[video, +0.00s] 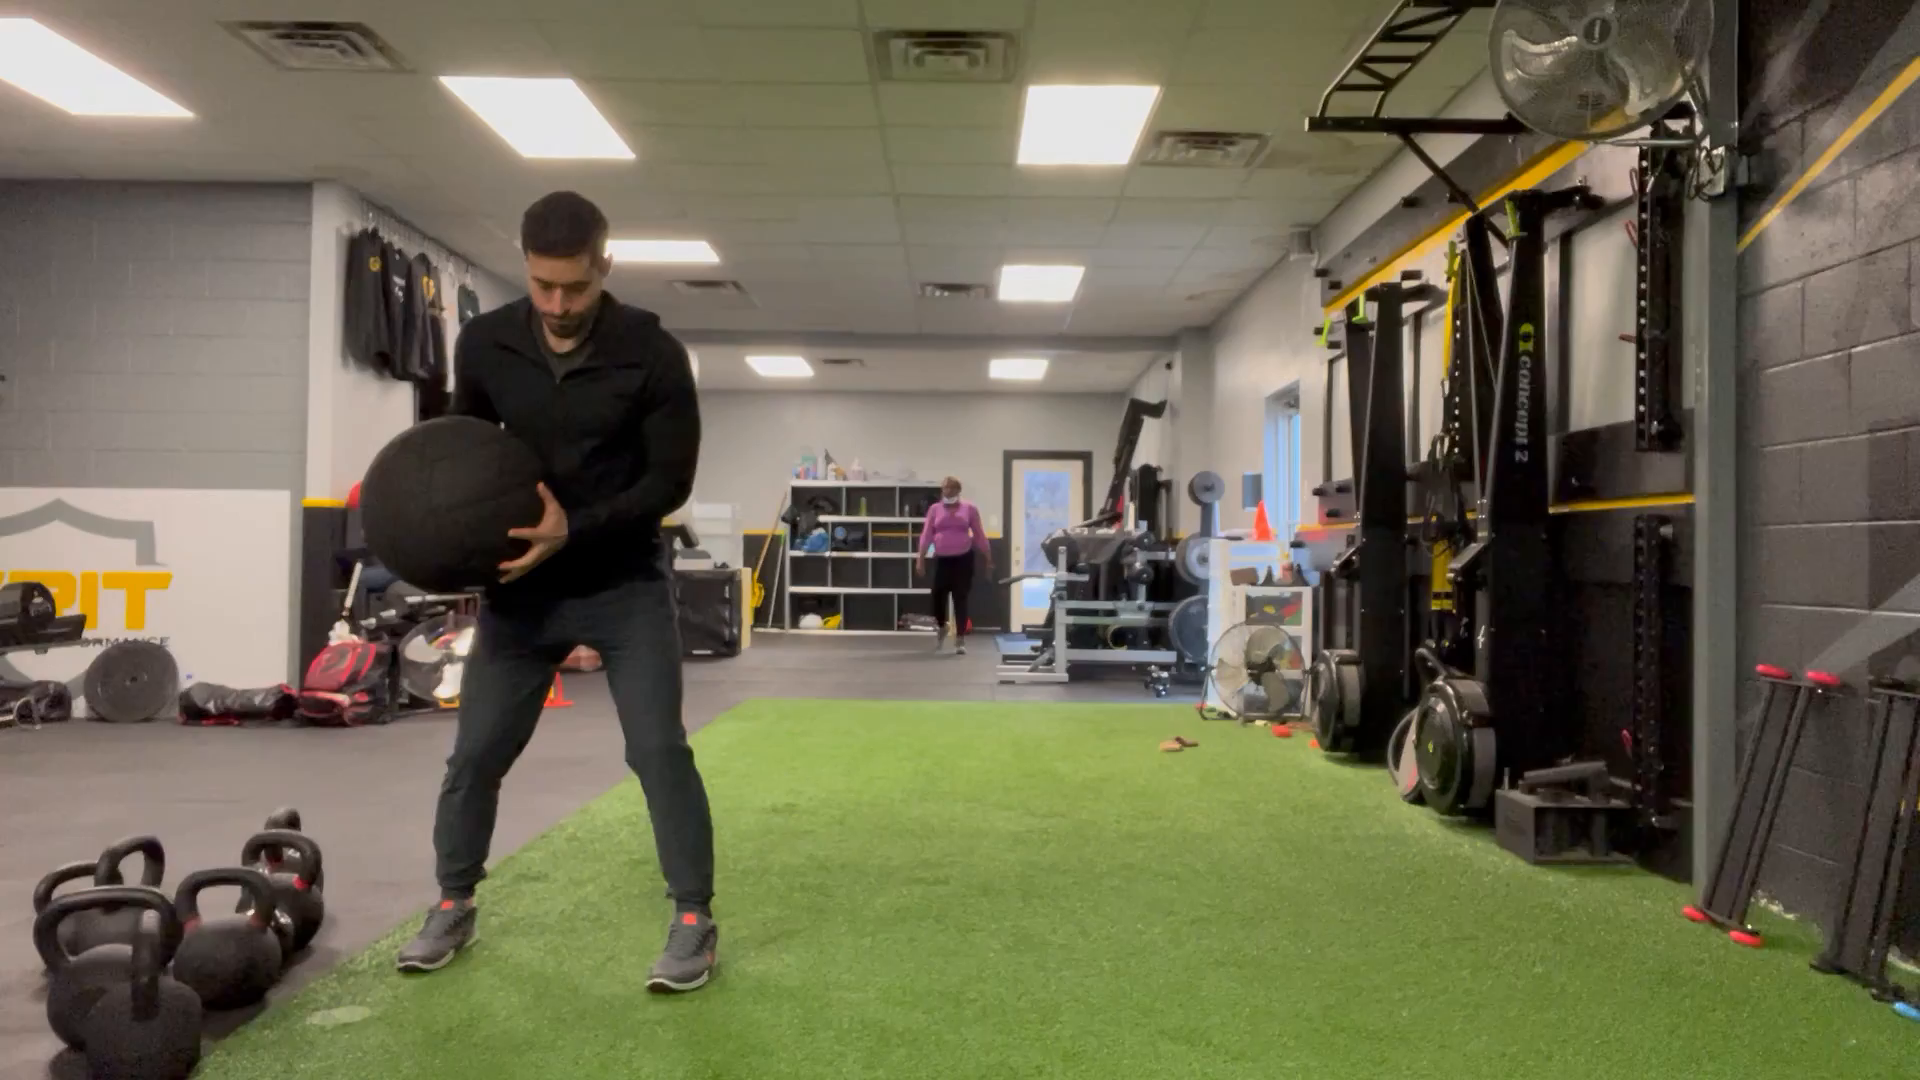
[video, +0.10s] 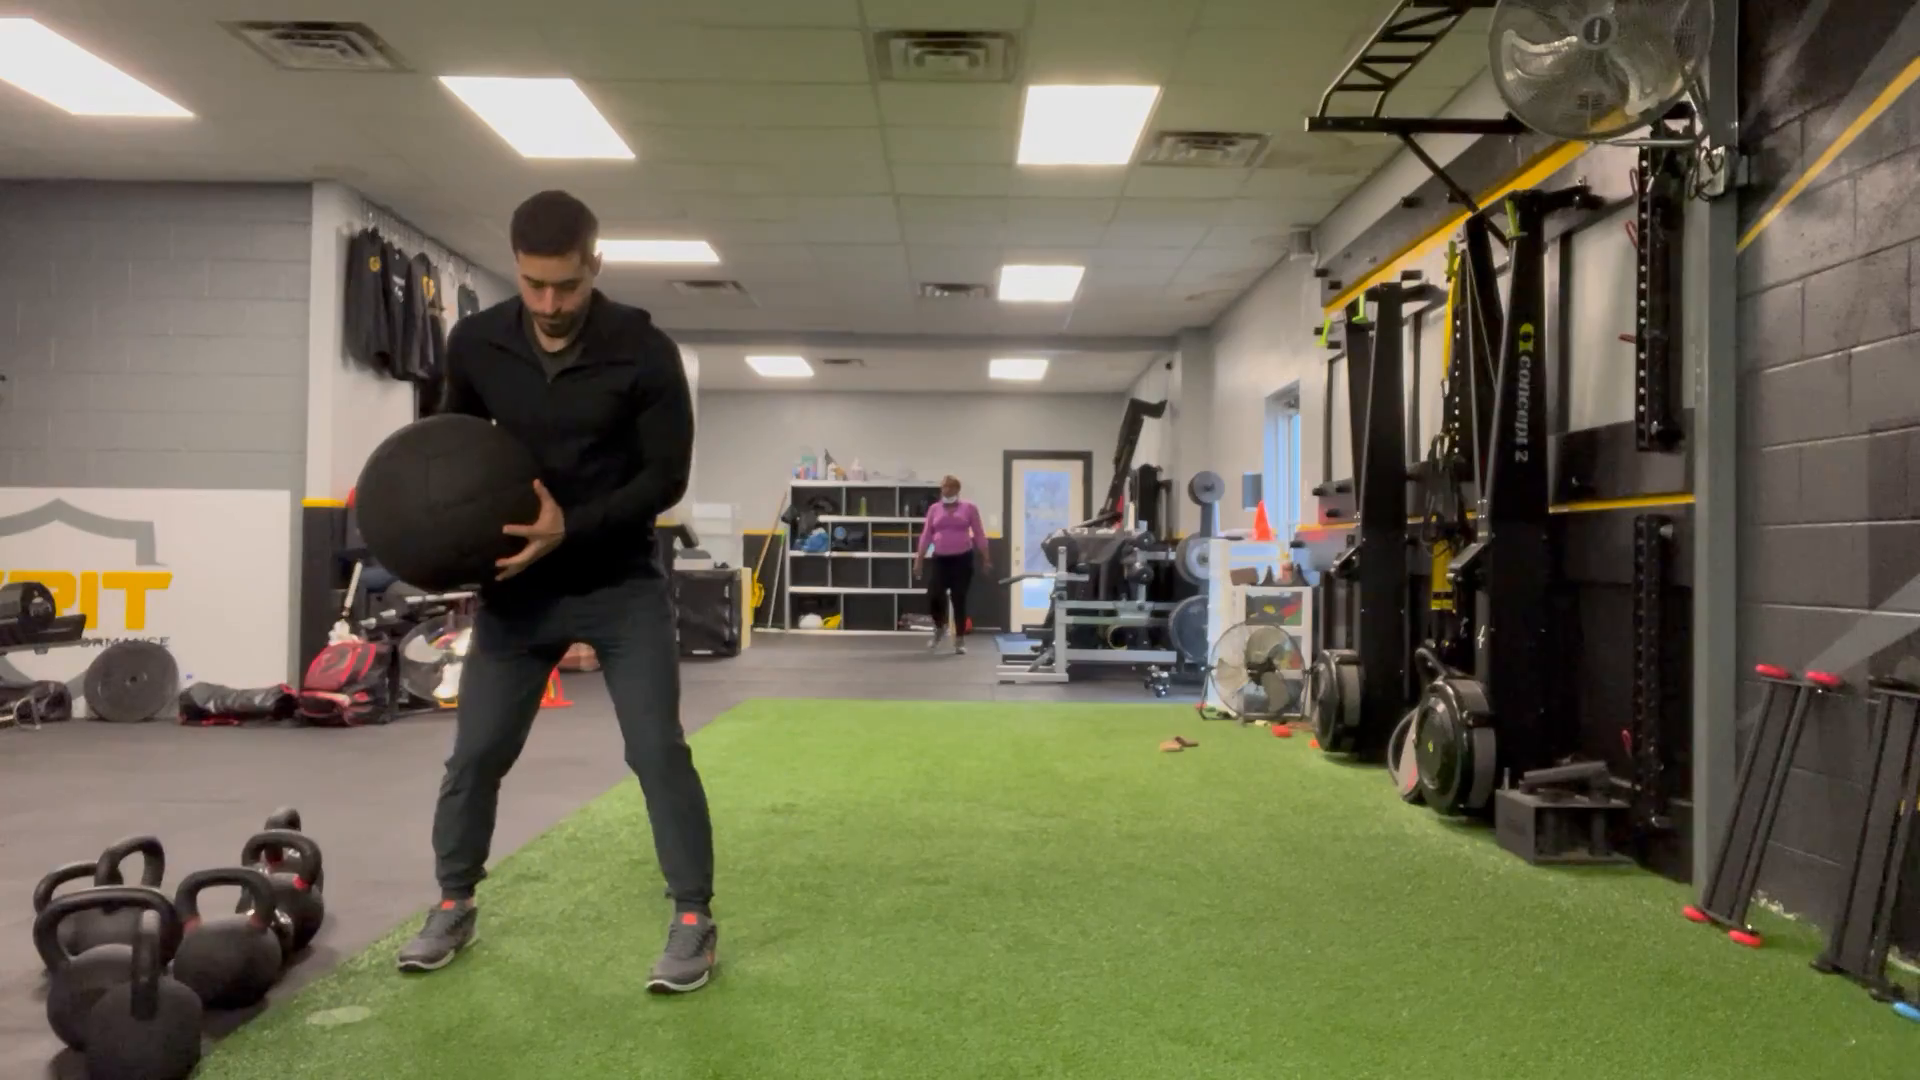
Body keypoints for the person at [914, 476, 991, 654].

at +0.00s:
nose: (949, 493)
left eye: (952, 489)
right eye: (946, 489)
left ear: (958, 491)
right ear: (942, 490)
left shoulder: (969, 509)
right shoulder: (935, 509)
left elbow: (979, 535)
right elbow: (927, 534)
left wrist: (988, 558)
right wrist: (920, 557)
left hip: (963, 557)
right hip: (942, 557)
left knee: (960, 596)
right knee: (938, 594)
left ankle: (960, 637)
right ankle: (942, 627)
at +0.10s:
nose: (948, 491)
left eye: (951, 488)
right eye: (945, 488)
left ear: (957, 490)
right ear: (941, 489)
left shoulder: (968, 509)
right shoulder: (934, 509)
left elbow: (979, 534)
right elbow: (926, 535)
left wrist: (986, 558)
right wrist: (919, 559)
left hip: (962, 556)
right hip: (940, 557)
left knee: (959, 597)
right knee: (935, 595)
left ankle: (960, 639)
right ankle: (940, 628)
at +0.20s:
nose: (945, 493)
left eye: (949, 490)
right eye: (943, 489)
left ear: (956, 490)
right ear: (939, 490)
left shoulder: (967, 508)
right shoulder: (933, 509)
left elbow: (976, 532)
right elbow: (925, 534)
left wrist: (979, 555)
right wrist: (917, 558)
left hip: (960, 556)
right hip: (938, 557)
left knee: (958, 597)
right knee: (932, 595)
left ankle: (959, 639)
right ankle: (932, 636)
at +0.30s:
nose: (941, 491)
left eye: (945, 487)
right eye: (939, 487)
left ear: (952, 489)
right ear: (936, 489)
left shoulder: (964, 509)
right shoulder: (930, 509)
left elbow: (972, 532)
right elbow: (923, 535)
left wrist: (972, 552)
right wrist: (915, 558)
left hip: (958, 557)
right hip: (935, 557)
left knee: (956, 599)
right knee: (931, 598)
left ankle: (959, 640)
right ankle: (924, 638)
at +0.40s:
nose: (935, 491)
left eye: (938, 488)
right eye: (933, 488)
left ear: (947, 490)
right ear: (932, 490)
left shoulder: (959, 509)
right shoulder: (926, 510)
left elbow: (968, 533)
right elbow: (918, 536)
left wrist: (965, 551)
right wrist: (910, 559)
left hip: (952, 559)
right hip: (930, 559)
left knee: (953, 600)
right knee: (927, 600)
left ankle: (958, 640)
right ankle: (922, 641)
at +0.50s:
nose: (930, 491)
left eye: (934, 487)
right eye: (929, 488)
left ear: (943, 490)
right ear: (927, 490)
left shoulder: (954, 509)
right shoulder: (920, 510)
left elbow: (962, 535)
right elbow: (912, 537)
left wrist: (959, 555)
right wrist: (904, 560)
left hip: (947, 559)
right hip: (924, 559)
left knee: (948, 601)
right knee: (923, 600)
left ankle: (957, 636)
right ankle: (921, 642)